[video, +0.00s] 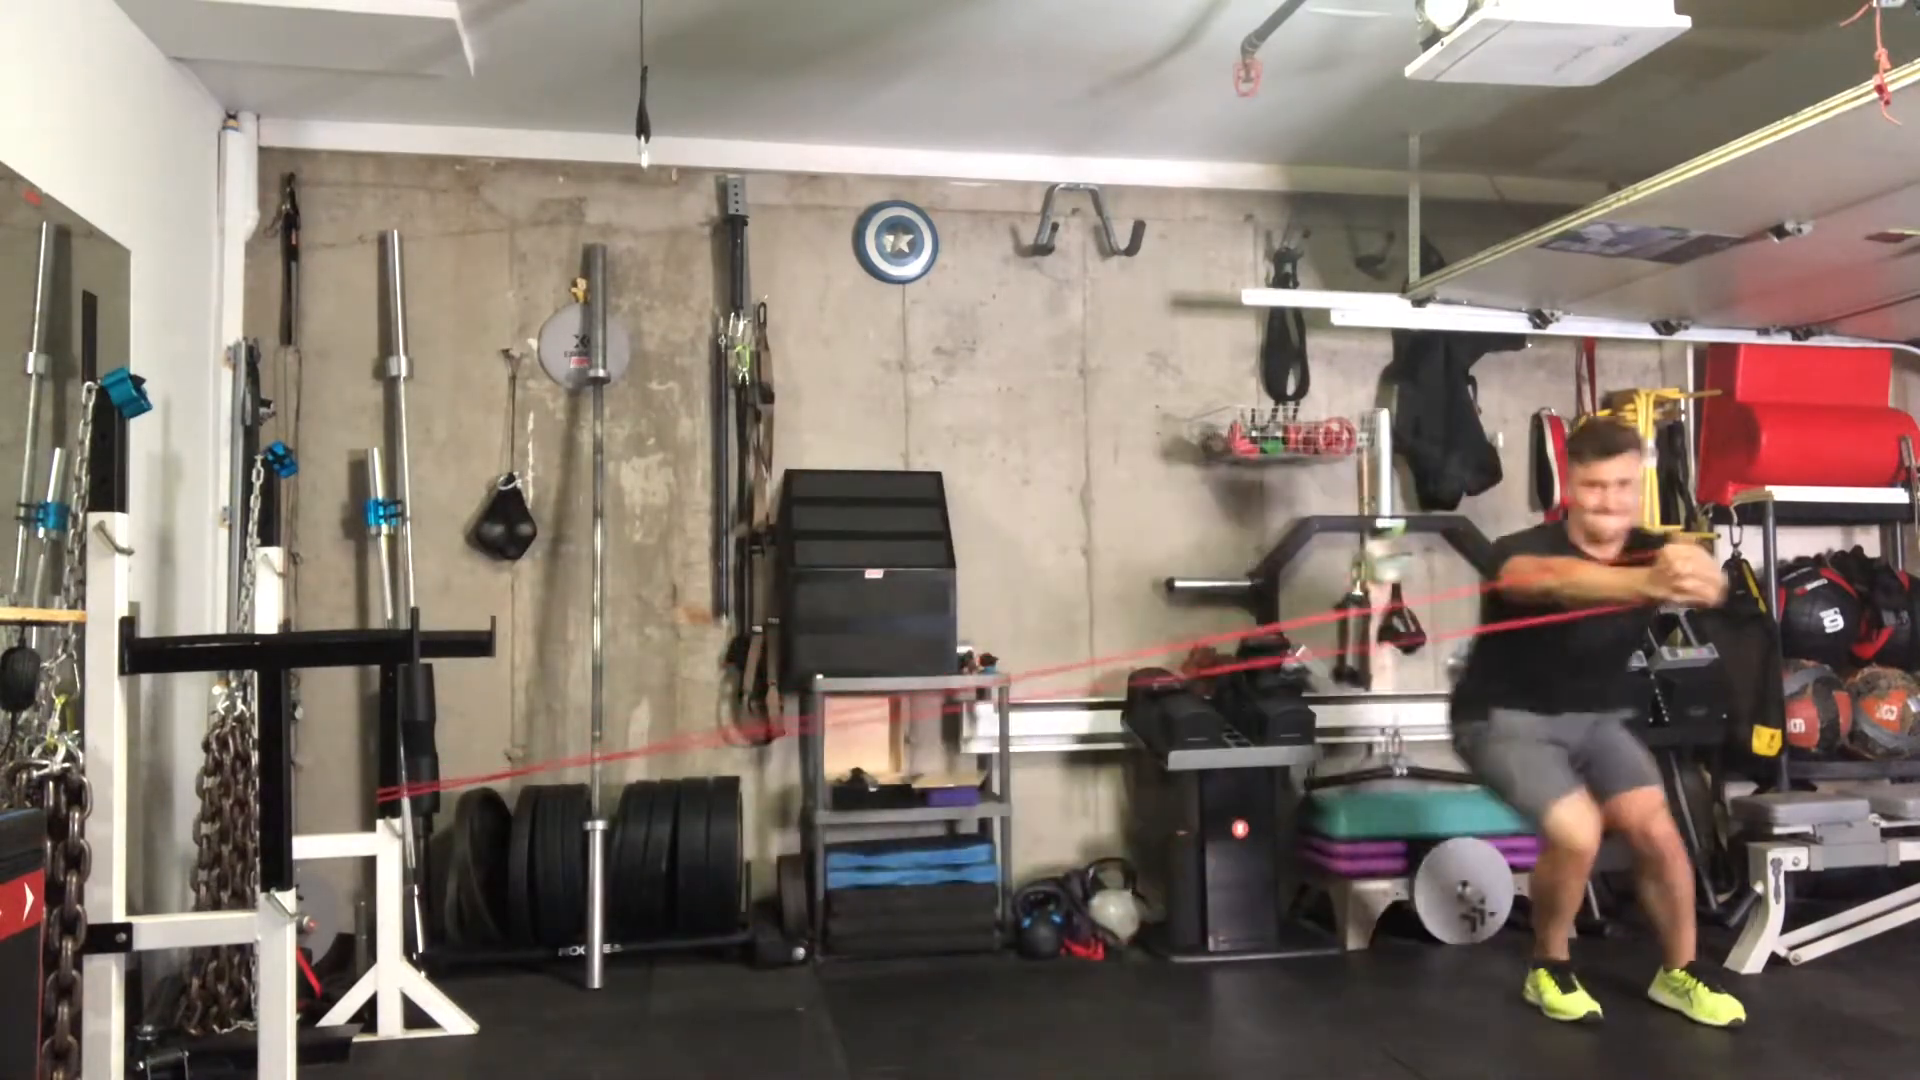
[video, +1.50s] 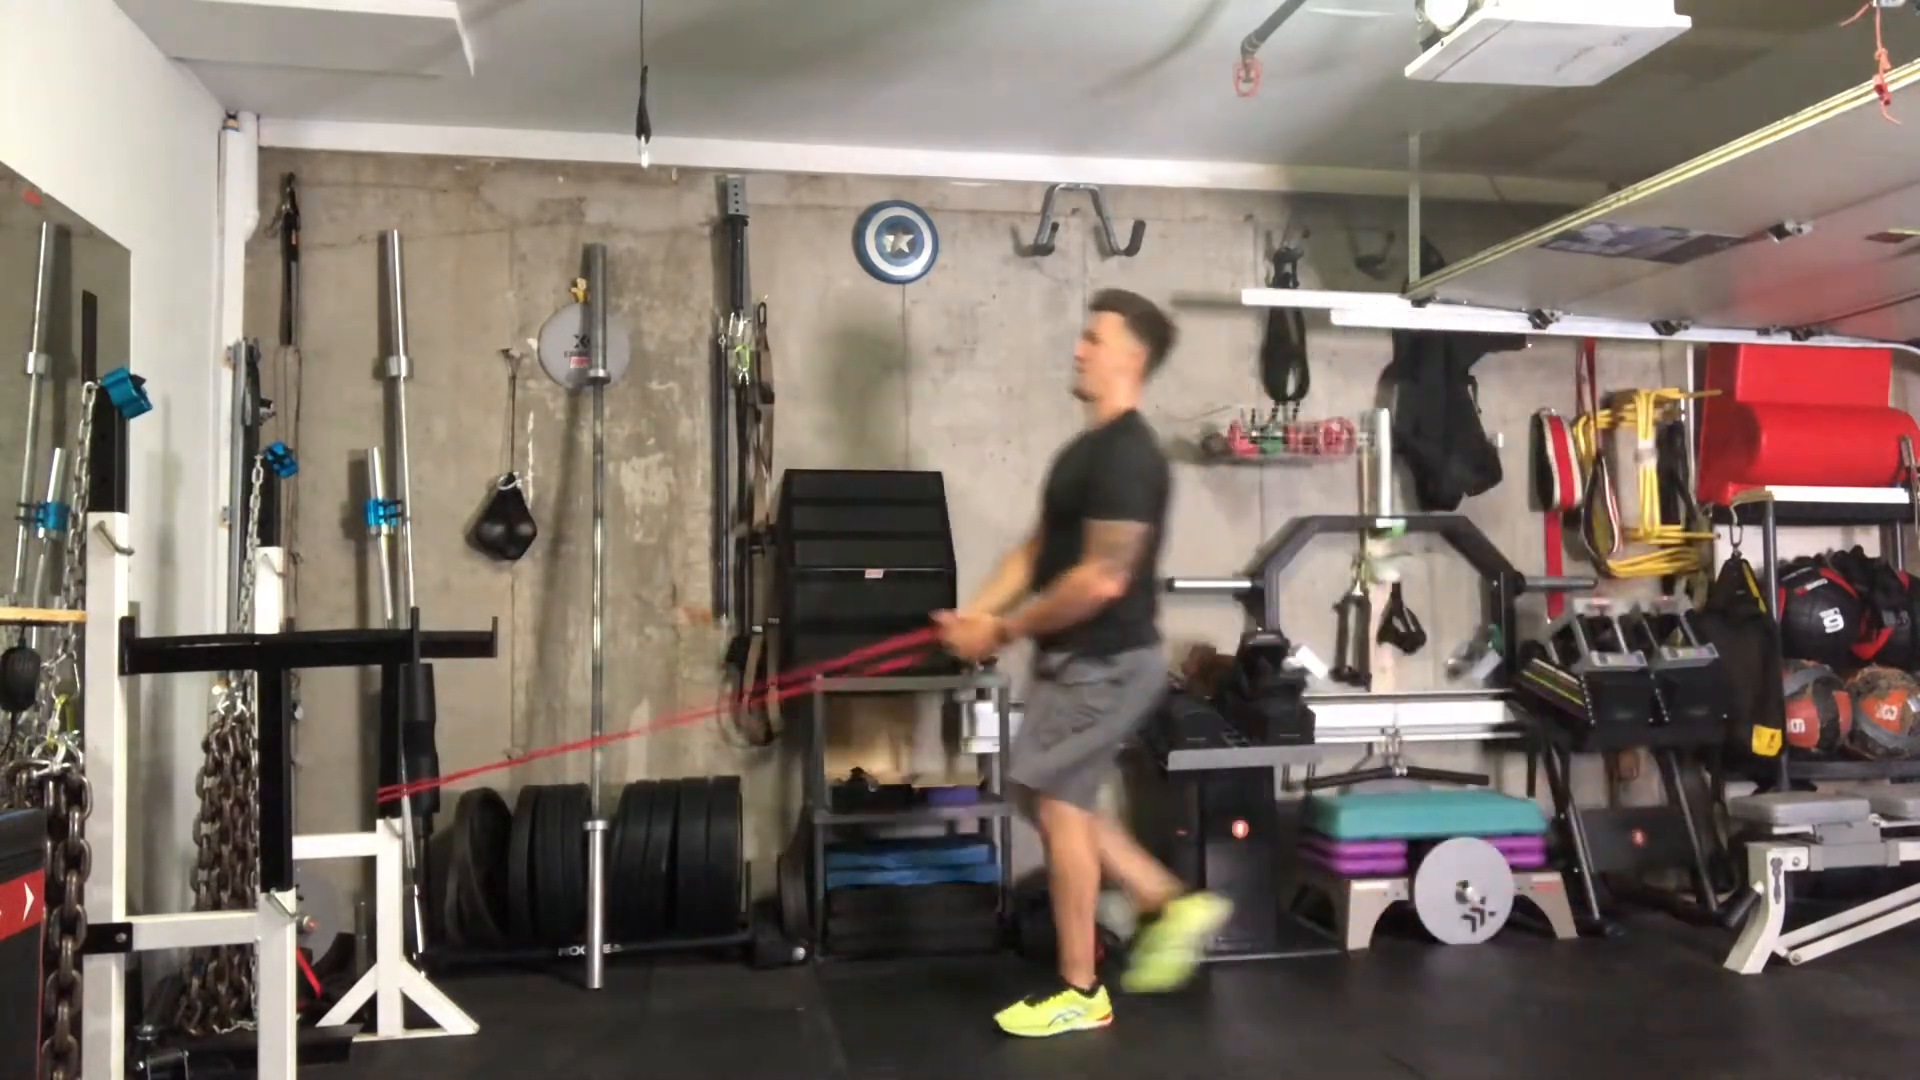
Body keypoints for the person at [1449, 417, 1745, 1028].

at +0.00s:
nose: (1607, 500)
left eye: (1622, 485)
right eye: (1591, 486)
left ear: (1641, 489)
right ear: (1567, 488)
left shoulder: (1654, 552)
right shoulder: (1523, 551)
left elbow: (1706, 580)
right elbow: (1543, 582)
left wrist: (1710, 580)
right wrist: (1646, 584)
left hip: (1598, 720)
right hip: (1507, 719)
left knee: (1655, 826)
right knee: (1577, 833)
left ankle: (1679, 971)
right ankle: (1551, 967)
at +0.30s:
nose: (1597, 438)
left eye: (1615, 425)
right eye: (1588, 425)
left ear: (1656, 434)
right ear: (1577, 435)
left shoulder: (1697, 513)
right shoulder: (1544, 503)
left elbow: (1678, 566)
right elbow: (1509, 563)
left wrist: (1601, 580)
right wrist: (1567, 570)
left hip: (1641, 691)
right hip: (1548, 686)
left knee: (1687, 817)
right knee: (1564, 803)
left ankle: (1682, 970)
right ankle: (1552, 966)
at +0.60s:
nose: (1476, 385)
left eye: (1491, 370)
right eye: (1471, 373)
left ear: (1537, 378)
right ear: (1466, 387)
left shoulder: (1584, 467)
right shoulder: (1460, 475)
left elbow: (1539, 582)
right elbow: (1415, 558)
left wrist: (1420, 629)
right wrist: (1371, 612)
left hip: (1591, 667)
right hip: (1486, 661)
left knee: (1648, 811)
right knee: (1433, 786)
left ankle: (1681, 969)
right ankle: (1393, 957)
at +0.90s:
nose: (1331, 364)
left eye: (1345, 352)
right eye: (1329, 353)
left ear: (1392, 360)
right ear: (1333, 365)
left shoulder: (1425, 451)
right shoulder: (1327, 460)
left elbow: (1371, 562)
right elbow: (1278, 543)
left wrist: (1258, 605)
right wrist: (1223, 594)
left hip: (1425, 650)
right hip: (1350, 651)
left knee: (1438, 789)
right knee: (1344, 801)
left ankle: (1559, 927)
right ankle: (1374, 967)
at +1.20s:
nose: (1212, 367)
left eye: (1227, 355)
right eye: (1213, 355)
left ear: (1274, 369)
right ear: (1228, 369)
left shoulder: (1289, 457)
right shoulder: (1215, 460)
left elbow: (1257, 572)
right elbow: (1173, 544)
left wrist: (1146, 614)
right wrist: (1113, 599)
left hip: (1276, 662)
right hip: (1236, 661)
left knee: (1205, 801)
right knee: (1294, 803)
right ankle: (1370, 956)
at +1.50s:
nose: (1078, 351)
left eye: (1095, 341)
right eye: (1083, 338)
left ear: (1136, 361)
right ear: (1105, 356)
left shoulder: (1130, 453)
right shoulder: (1081, 453)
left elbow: (1103, 580)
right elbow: (1037, 551)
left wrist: (1003, 628)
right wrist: (980, 613)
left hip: (1113, 663)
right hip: (1071, 658)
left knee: (1060, 801)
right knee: (1044, 791)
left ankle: (1081, 989)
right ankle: (1171, 902)